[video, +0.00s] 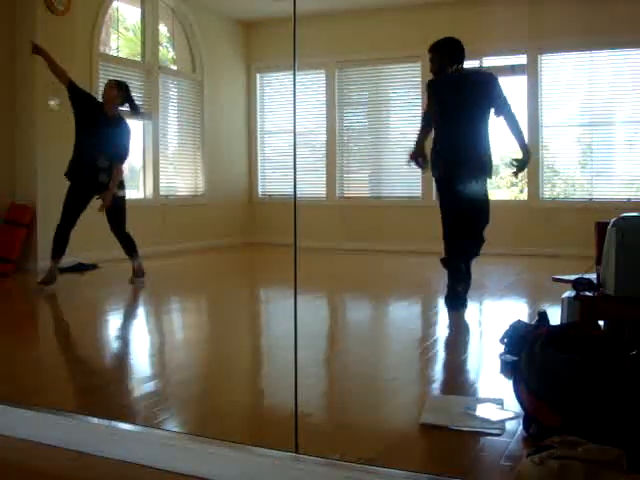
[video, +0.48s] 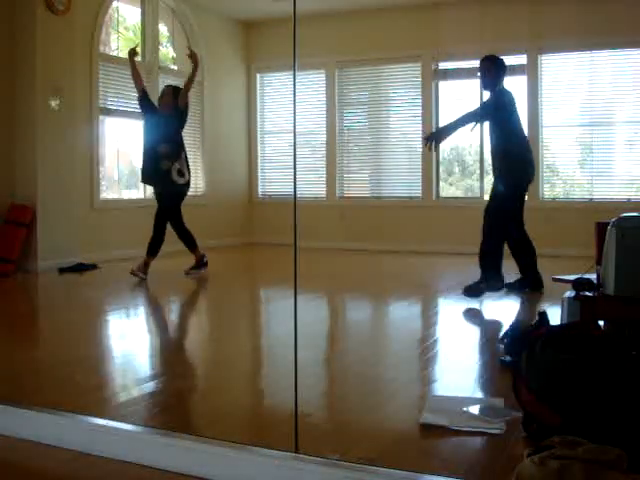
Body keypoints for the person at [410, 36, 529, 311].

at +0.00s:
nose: (430, 65)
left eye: (433, 59)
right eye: (431, 59)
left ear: (444, 59)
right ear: (460, 58)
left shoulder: (436, 86)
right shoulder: (485, 79)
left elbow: (428, 120)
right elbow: (508, 115)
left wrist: (418, 147)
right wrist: (525, 151)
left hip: (446, 165)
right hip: (476, 163)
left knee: (452, 224)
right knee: (478, 221)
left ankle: (457, 288)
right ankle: (459, 266)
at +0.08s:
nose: (434, 63)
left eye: (436, 58)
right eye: (433, 57)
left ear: (447, 57)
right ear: (464, 57)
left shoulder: (440, 85)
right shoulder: (489, 79)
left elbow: (439, 118)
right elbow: (508, 115)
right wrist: (521, 151)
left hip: (448, 168)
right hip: (478, 167)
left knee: (453, 228)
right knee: (481, 223)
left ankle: (459, 289)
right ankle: (465, 266)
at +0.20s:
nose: (444, 58)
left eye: (446, 53)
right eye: (444, 53)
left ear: (456, 52)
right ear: (473, 50)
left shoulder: (450, 76)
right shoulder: (497, 72)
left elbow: (457, 114)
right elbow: (512, 113)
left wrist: (461, 157)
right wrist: (512, 153)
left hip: (457, 159)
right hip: (489, 156)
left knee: (454, 223)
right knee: (487, 212)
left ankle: (455, 291)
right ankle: (490, 275)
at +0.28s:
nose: (455, 67)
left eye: (458, 62)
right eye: (456, 61)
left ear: (469, 61)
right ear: (482, 61)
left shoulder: (466, 85)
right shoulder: (502, 84)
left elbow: (465, 124)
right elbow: (524, 120)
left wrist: (442, 158)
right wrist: (513, 154)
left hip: (472, 162)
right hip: (501, 161)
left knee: (465, 228)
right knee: (499, 216)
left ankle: (459, 288)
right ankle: (516, 269)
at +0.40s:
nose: (472, 79)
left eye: (475, 74)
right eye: (472, 74)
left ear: (485, 74)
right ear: (494, 74)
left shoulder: (486, 99)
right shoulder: (503, 99)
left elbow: (457, 124)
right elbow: (519, 133)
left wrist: (431, 140)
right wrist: (517, 174)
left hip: (496, 179)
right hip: (511, 177)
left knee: (479, 235)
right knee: (510, 228)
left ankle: (470, 286)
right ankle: (530, 277)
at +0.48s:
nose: (483, 76)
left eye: (487, 71)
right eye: (481, 71)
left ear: (499, 73)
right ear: (484, 74)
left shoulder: (501, 98)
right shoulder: (498, 98)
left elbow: (470, 118)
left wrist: (441, 133)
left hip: (513, 172)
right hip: (509, 171)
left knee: (495, 222)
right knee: (510, 225)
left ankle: (490, 278)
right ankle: (530, 278)